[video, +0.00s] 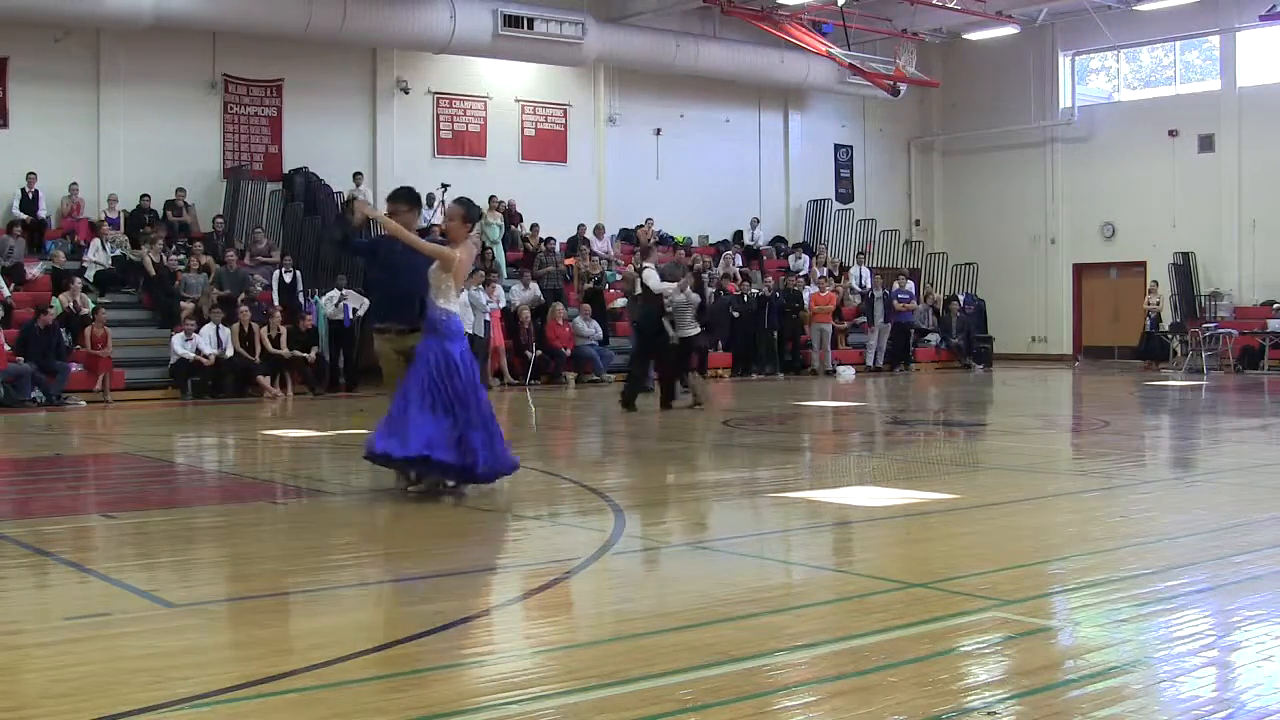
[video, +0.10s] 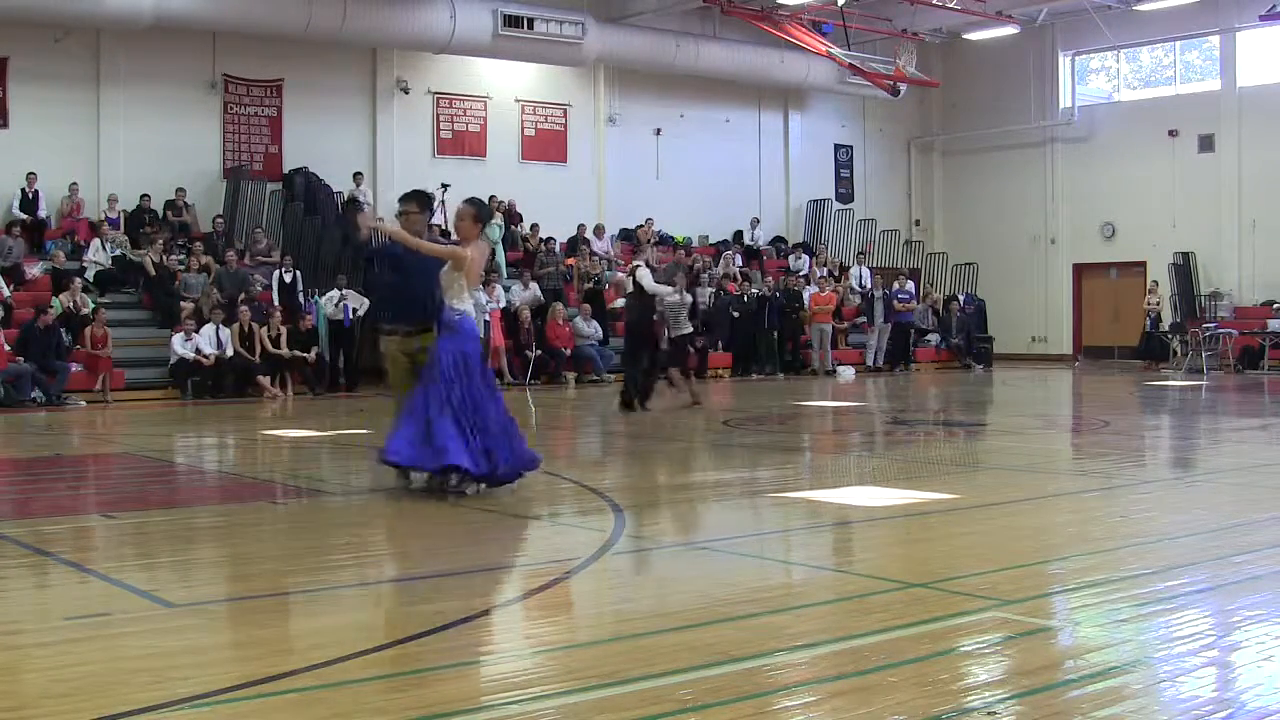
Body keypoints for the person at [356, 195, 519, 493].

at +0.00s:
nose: (444, 224)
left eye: (450, 219)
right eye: (445, 218)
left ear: (465, 225)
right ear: (465, 225)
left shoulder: (451, 255)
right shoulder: (469, 247)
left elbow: (410, 238)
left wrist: (375, 214)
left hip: (442, 333)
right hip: (451, 330)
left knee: (427, 396)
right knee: (451, 398)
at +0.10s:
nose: (456, 224)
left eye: (461, 219)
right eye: (457, 218)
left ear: (476, 225)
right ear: (476, 225)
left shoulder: (463, 254)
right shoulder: (481, 248)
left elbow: (418, 245)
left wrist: (384, 226)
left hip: (456, 330)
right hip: (467, 329)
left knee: (441, 395)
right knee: (463, 396)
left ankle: (457, 463)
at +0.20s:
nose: (464, 225)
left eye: (469, 220)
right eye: (465, 219)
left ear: (485, 226)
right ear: (484, 226)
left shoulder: (473, 255)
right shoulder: (491, 251)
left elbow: (427, 259)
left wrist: (391, 245)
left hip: (468, 329)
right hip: (481, 326)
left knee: (460, 395)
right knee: (472, 394)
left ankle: (472, 464)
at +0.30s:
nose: (472, 227)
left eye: (477, 222)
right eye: (473, 221)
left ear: (493, 227)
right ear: (493, 227)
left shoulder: (485, 259)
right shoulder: (500, 253)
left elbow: (441, 283)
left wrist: (408, 266)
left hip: (478, 332)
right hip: (489, 329)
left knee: (463, 396)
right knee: (484, 396)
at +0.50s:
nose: (481, 236)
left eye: (486, 230)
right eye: (481, 230)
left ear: (503, 234)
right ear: (501, 235)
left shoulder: (502, 268)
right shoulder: (504, 262)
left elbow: (464, 299)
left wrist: (432, 271)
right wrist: (477, 280)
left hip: (495, 343)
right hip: (499, 340)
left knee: (451, 397)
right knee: (495, 402)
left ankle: (474, 464)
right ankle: (510, 466)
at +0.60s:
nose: (483, 235)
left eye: (489, 230)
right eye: (483, 230)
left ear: (506, 234)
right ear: (498, 235)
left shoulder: (505, 266)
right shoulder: (498, 261)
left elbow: (462, 267)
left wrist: (427, 244)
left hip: (496, 339)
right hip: (495, 337)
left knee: (453, 397)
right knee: (498, 403)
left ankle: (478, 465)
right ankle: (509, 468)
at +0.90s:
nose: (487, 217)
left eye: (493, 213)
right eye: (488, 212)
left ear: (509, 219)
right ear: (498, 218)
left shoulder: (502, 251)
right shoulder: (501, 247)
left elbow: (460, 231)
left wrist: (421, 203)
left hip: (491, 324)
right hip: (492, 322)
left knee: (477, 390)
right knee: (497, 392)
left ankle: (477, 462)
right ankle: (513, 459)